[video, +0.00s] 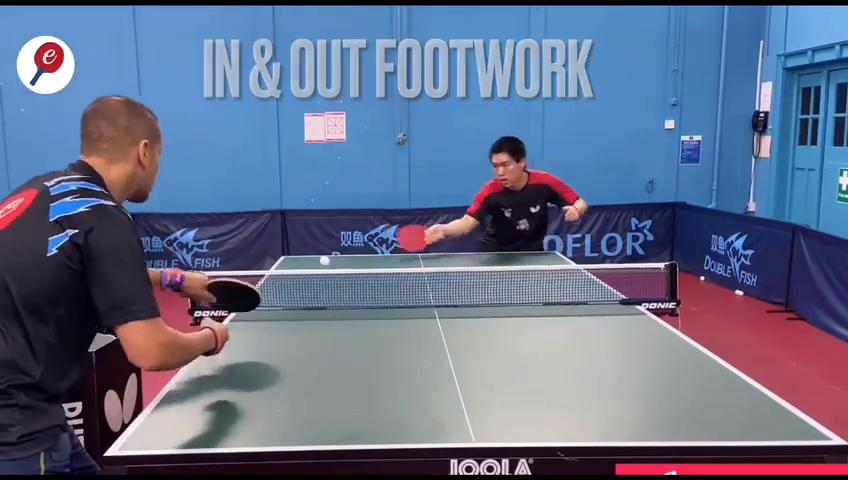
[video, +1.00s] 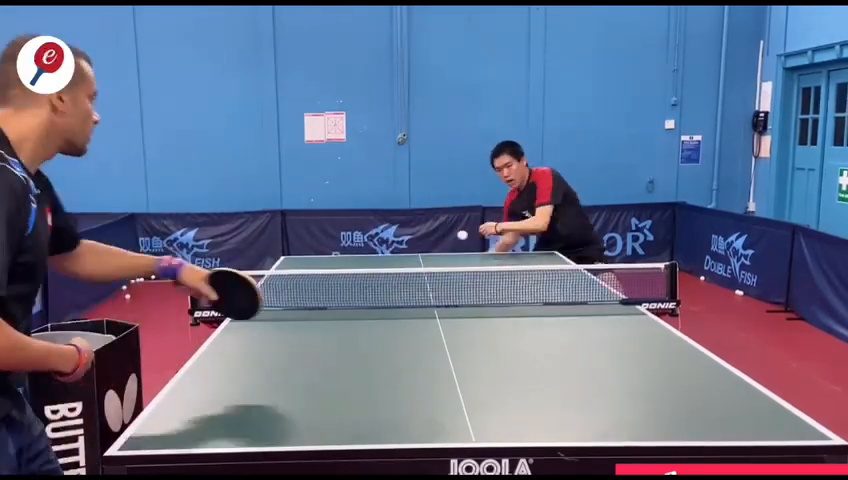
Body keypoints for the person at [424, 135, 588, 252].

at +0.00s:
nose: (500, 172)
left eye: (505, 165)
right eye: (496, 166)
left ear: (522, 163)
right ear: (492, 166)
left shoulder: (545, 182)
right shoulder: (489, 192)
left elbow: (581, 204)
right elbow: (466, 224)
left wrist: (576, 210)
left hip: (532, 255)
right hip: (494, 256)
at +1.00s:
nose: (505, 174)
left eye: (509, 166)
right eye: (499, 170)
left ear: (523, 162)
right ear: (496, 173)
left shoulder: (546, 176)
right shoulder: (512, 199)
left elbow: (540, 224)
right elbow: (510, 239)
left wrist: (498, 227)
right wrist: (490, 262)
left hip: (583, 254)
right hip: (548, 256)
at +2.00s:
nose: (631, 132)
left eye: (637, 126)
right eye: (625, 127)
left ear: (648, 128)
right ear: (618, 129)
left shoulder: (660, 156)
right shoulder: (603, 162)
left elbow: (676, 185)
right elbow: (578, 203)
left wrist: (672, 210)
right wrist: (603, 212)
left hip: (646, 241)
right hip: (607, 242)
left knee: (682, 292)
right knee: (581, 292)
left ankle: (712, 345)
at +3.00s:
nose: (473, 166)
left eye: (478, 158)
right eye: (467, 160)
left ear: (490, 155)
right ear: (462, 159)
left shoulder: (513, 167)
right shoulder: (457, 179)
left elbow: (539, 186)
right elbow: (447, 220)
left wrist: (528, 208)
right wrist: (455, 224)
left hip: (510, 233)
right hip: (476, 236)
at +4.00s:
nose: (426, 191)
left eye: (432, 183)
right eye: (420, 184)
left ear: (448, 179)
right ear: (416, 182)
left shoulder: (471, 187)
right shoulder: (417, 207)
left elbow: (495, 200)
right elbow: (412, 248)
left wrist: (506, 213)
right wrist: (404, 238)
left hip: (469, 265)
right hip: (434, 268)